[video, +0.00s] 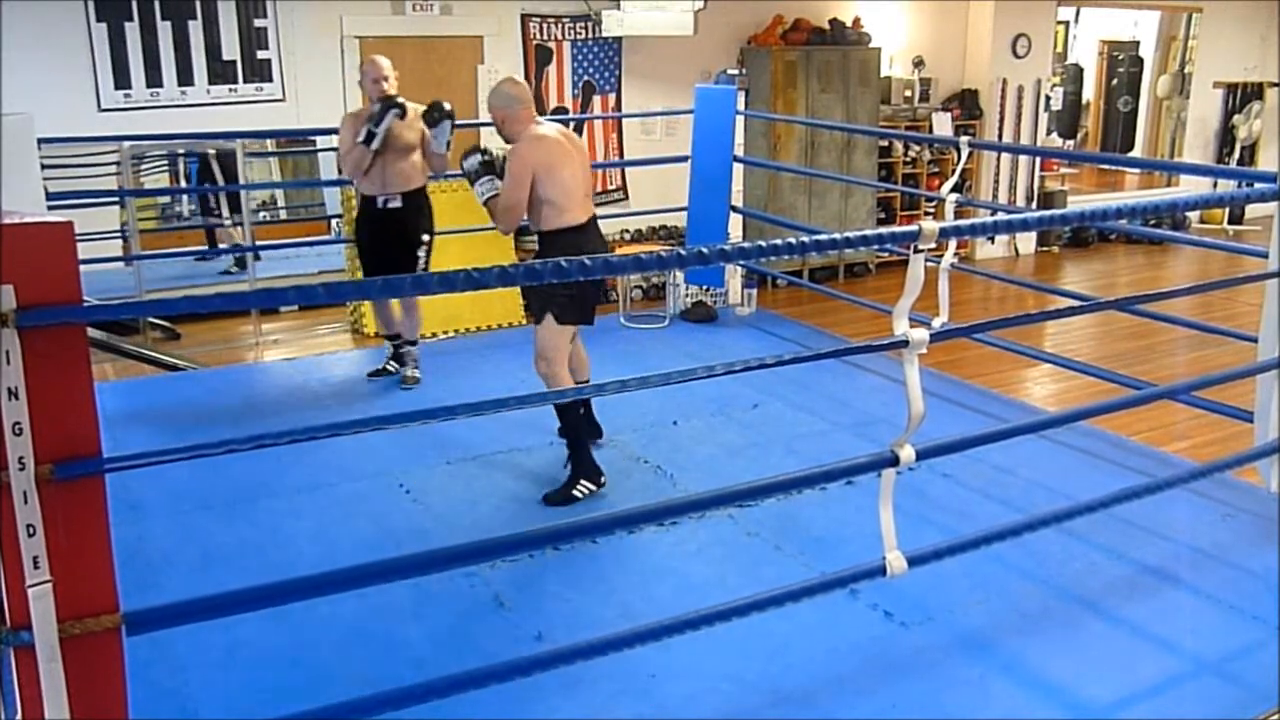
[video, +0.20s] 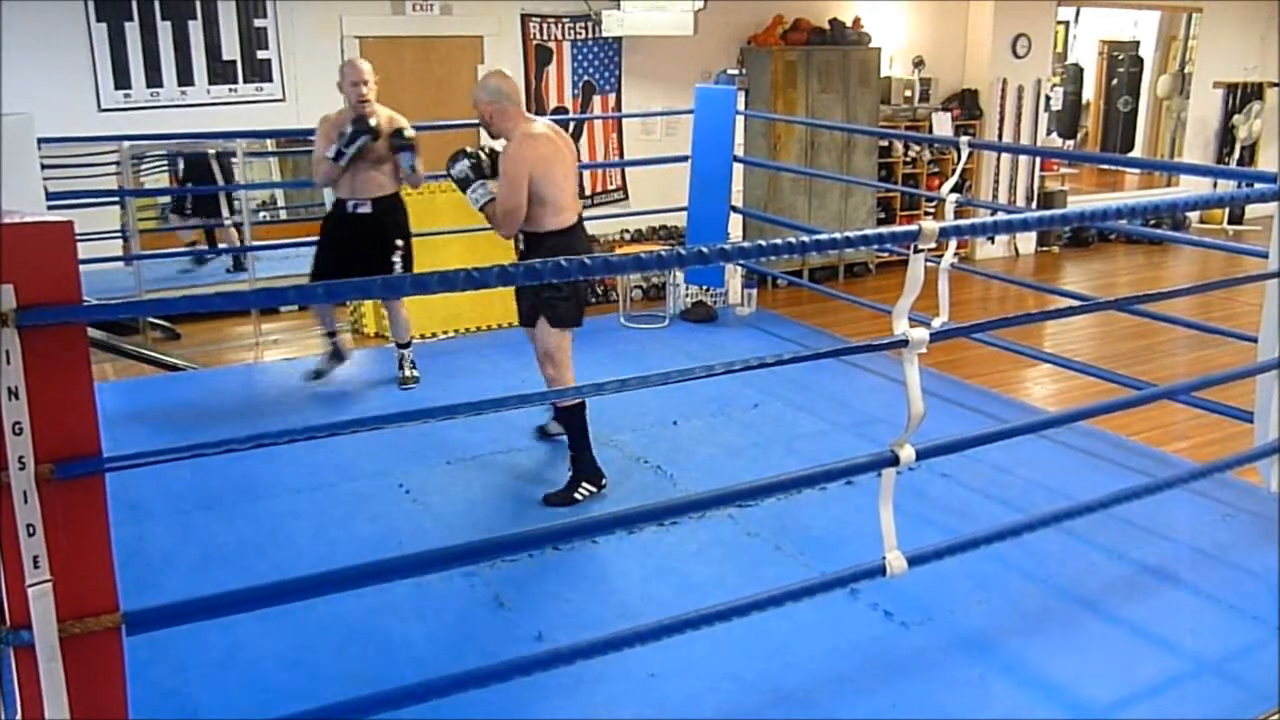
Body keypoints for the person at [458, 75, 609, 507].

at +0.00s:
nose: (496, 129)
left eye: (496, 121)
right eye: (494, 122)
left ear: (510, 114)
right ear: (529, 106)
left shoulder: (526, 150)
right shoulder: (567, 135)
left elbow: (507, 220)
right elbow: (555, 199)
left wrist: (484, 182)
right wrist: (501, 175)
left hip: (560, 252)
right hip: (588, 241)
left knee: (549, 362)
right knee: (568, 341)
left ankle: (585, 470)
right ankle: (585, 420)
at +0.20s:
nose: (483, 124)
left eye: (482, 116)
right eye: (481, 116)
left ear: (495, 109)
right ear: (513, 102)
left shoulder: (519, 149)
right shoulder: (553, 131)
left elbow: (507, 225)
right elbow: (545, 197)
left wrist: (475, 190)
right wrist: (496, 182)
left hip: (548, 252)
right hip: (568, 242)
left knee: (555, 368)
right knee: (545, 340)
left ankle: (587, 471)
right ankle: (567, 415)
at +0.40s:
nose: (473, 121)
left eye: (475, 113)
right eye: (472, 114)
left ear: (491, 110)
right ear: (510, 106)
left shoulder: (500, 149)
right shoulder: (546, 137)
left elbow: (462, 211)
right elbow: (508, 190)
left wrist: (446, 168)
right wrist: (476, 154)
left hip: (524, 255)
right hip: (547, 247)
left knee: (536, 365)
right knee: (507, 337)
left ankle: (584, 470)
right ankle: (514, 421)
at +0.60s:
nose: (459, 110)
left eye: (461, 103)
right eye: (458, 103)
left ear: (476, 101)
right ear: (499, 96)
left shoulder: (479, 139)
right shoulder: (530, 134)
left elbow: (440, 193)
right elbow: (541, 190)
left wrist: (441, 144)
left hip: (503, 248)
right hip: (531, 243)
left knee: (505, 360)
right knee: (500, 347)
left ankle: (554, 463)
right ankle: (515, 426)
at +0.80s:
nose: (443, 137)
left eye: (443, 128)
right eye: (441, 129)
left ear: (460, 124)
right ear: (476, 120)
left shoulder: (468, 165)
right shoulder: (519, 154)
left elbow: (427, 211)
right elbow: (529, 203)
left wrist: (415, 167)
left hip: (494, 270)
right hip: (513, 261)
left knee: (488, 376)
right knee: (461, 340)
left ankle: (544, 471)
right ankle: (456, 420)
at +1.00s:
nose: (429, 127)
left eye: (430, 119)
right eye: (427, 120)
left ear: (447, 116)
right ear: (460, 109)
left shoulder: (473, 150)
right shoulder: (480, 137)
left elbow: (428, 209)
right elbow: (434, 200)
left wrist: (418, 166)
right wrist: (428, 162)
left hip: (496, 252)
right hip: (479, 249)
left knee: (502, 363)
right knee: (462, 339)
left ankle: (544, 463)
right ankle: (458, 421)